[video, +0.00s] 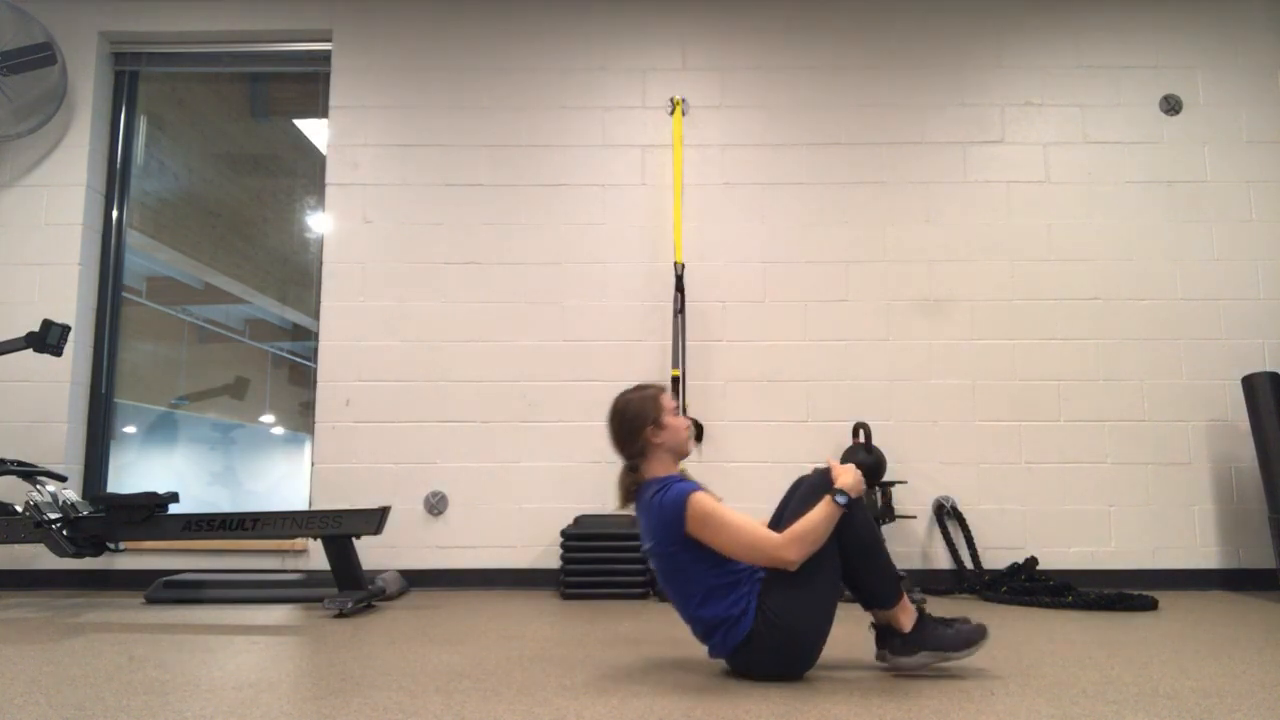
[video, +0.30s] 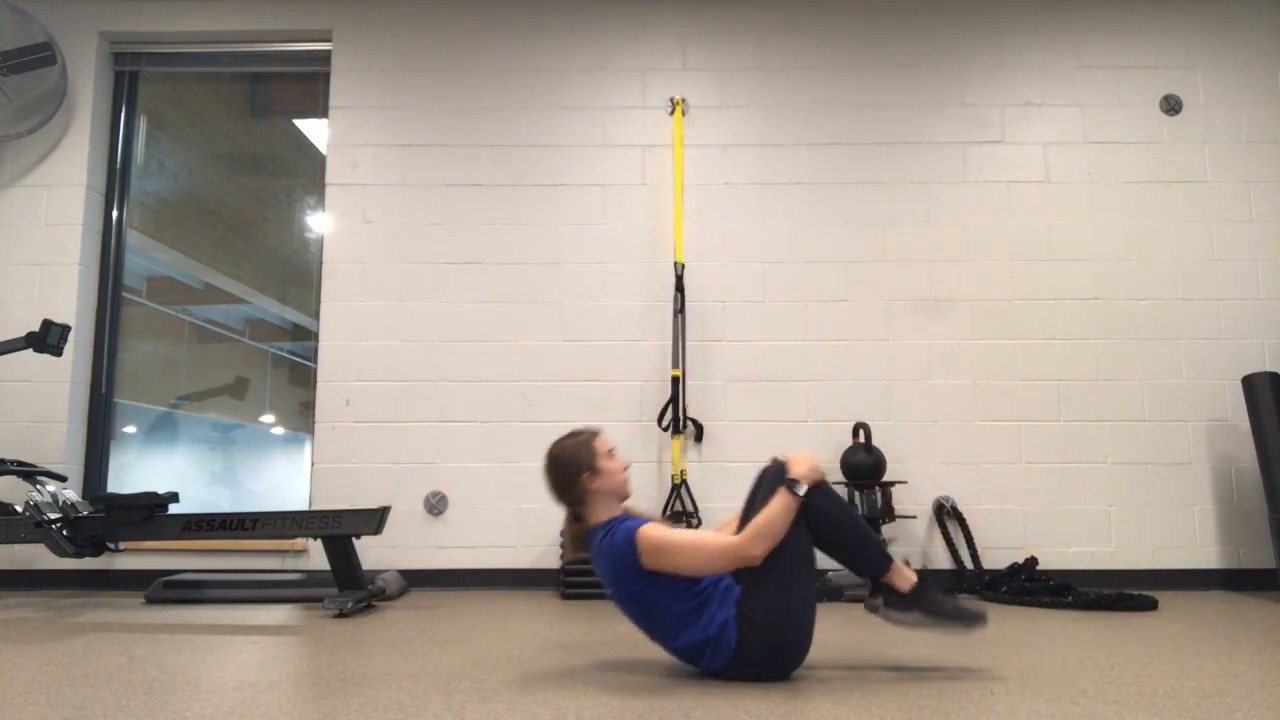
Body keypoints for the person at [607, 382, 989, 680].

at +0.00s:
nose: (687, 416)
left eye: (679, 409)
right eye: (676, 412)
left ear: (653, 435)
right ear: (654, 434)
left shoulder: (662, 494)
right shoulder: (678, 500)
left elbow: (765, 547)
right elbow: (786, 551)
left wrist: (830, 485)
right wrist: (841, 493)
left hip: (754, 634)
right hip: (767, 645)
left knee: (814, 486)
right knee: (832, 496)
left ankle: (893, 614)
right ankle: (905, 625)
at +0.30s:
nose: (621, 461)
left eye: (614, 452)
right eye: (609, 457)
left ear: (589, 482)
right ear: (588, 480)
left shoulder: (612, 534)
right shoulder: (626, 539)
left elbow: (721, 540)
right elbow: (746, 550)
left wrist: (781, 479)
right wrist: (792, 483)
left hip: (741, 633)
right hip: (757, 645)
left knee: (775, 474)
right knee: (799, 485)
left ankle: (894, 580)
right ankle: (903, 584)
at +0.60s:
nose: (547, 531)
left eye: (535, 526)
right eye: (531, 532)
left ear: (528, 559)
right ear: (518, 564)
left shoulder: (569, 598)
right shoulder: (573, 604)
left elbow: (662, 563)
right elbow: (683, 566)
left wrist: (670, 487)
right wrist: (672, 485)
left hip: (728, 637)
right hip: (739, 643)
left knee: (678, 481)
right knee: (684, 482)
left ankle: (808, 446)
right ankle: (814, 448)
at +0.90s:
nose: (486, 583)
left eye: (473, 583)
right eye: (472, 592)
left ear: (482, 629)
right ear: (476, 631)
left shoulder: (534, 637)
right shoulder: (540, 639)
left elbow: (614, 564)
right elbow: (625, 559)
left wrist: (569, 497)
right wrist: (566, 501)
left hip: (692, 599)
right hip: (707, 591)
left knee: (574, 495)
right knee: (580, 498)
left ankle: (638, 364)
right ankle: (643, 363)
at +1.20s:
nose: (476, 599)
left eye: (461, 600)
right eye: (461, 609)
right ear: (468, 645)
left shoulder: (527, 638)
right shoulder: (532, 645)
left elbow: (587, 550)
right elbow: (589, 547)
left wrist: (523, 503)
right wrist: (521, 502)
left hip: (676, 565)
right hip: (680, 558)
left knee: (527, 497)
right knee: (532, 496)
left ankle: (585, 359)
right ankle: (588, 358)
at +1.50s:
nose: (480, 593)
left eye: (468, 593)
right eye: (466, 602)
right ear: (470, 638)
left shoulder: (533, 631)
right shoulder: (539, 644)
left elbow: (597, 559)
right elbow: (608, 553)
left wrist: (551, 496)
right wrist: (548, 496)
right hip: (693, 575)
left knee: (555, 489)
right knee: (561, 492)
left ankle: (631, 366)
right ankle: (635, 365)